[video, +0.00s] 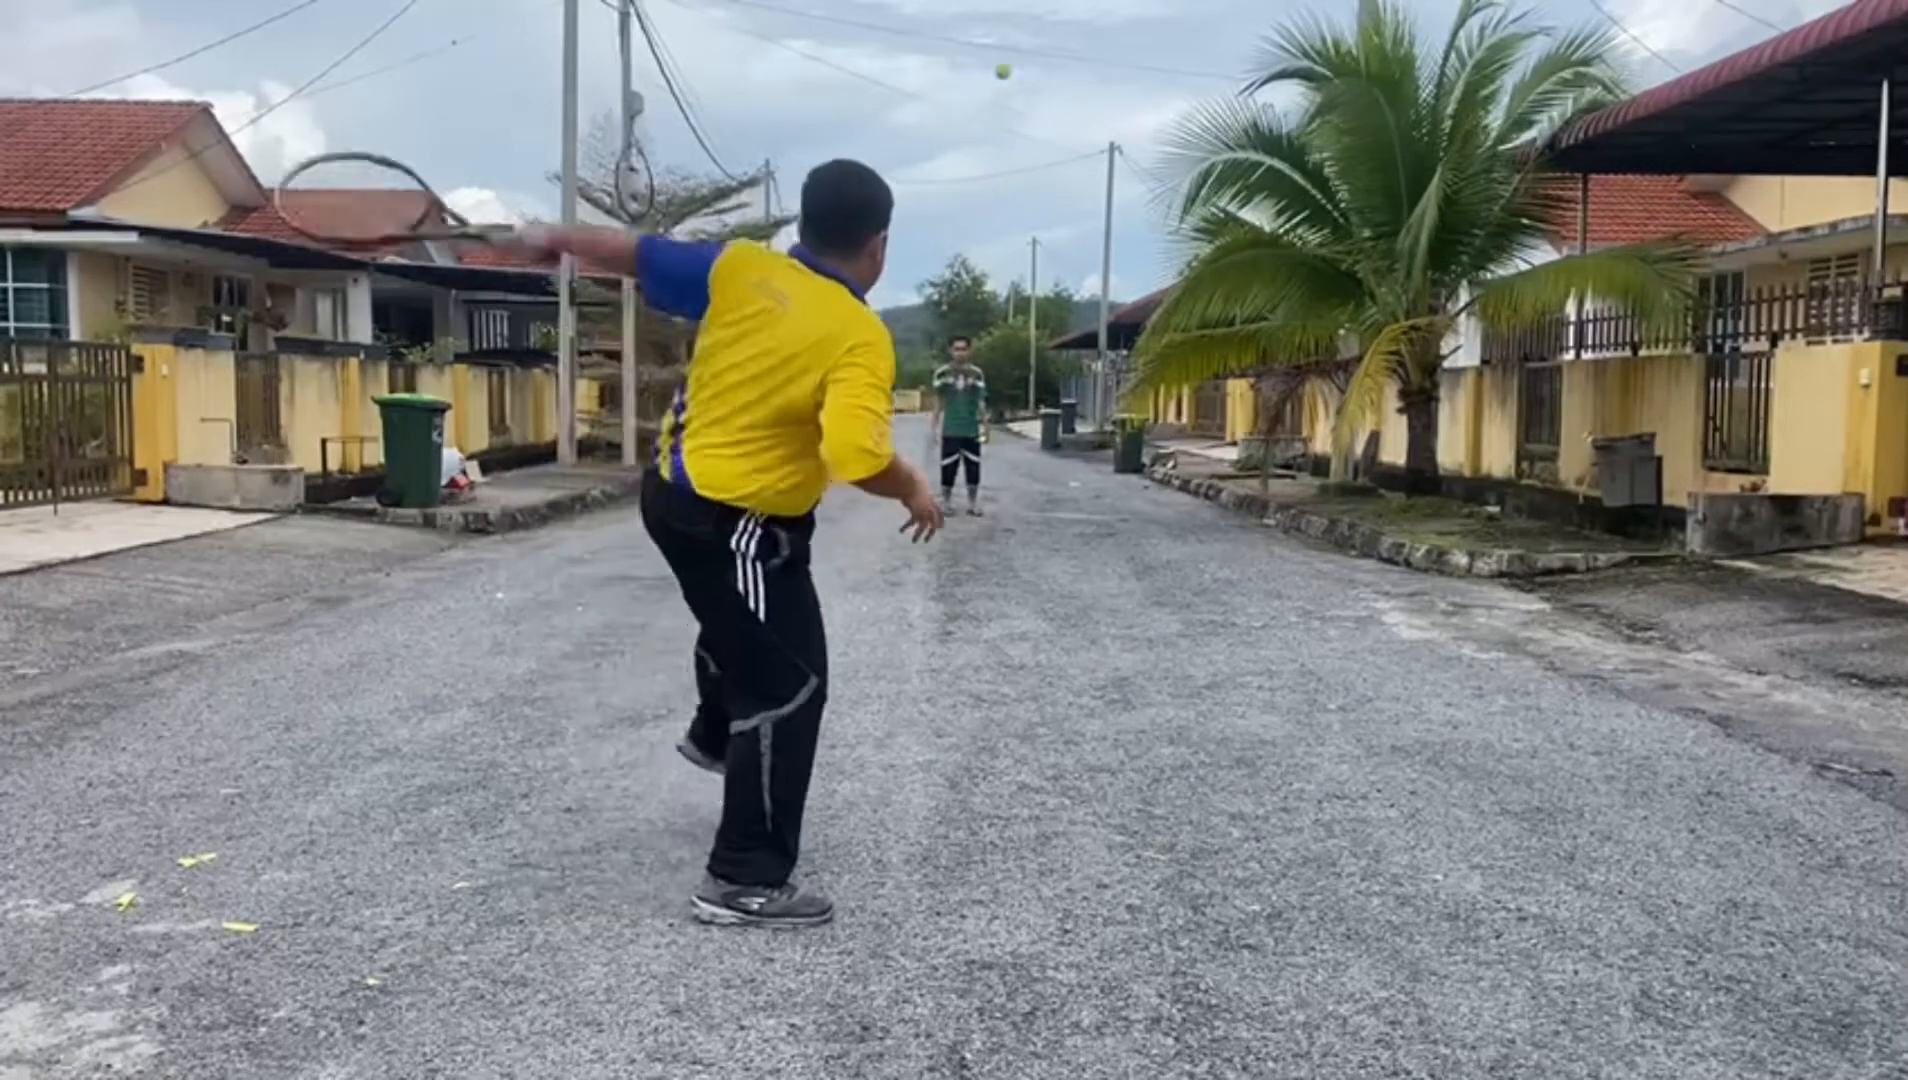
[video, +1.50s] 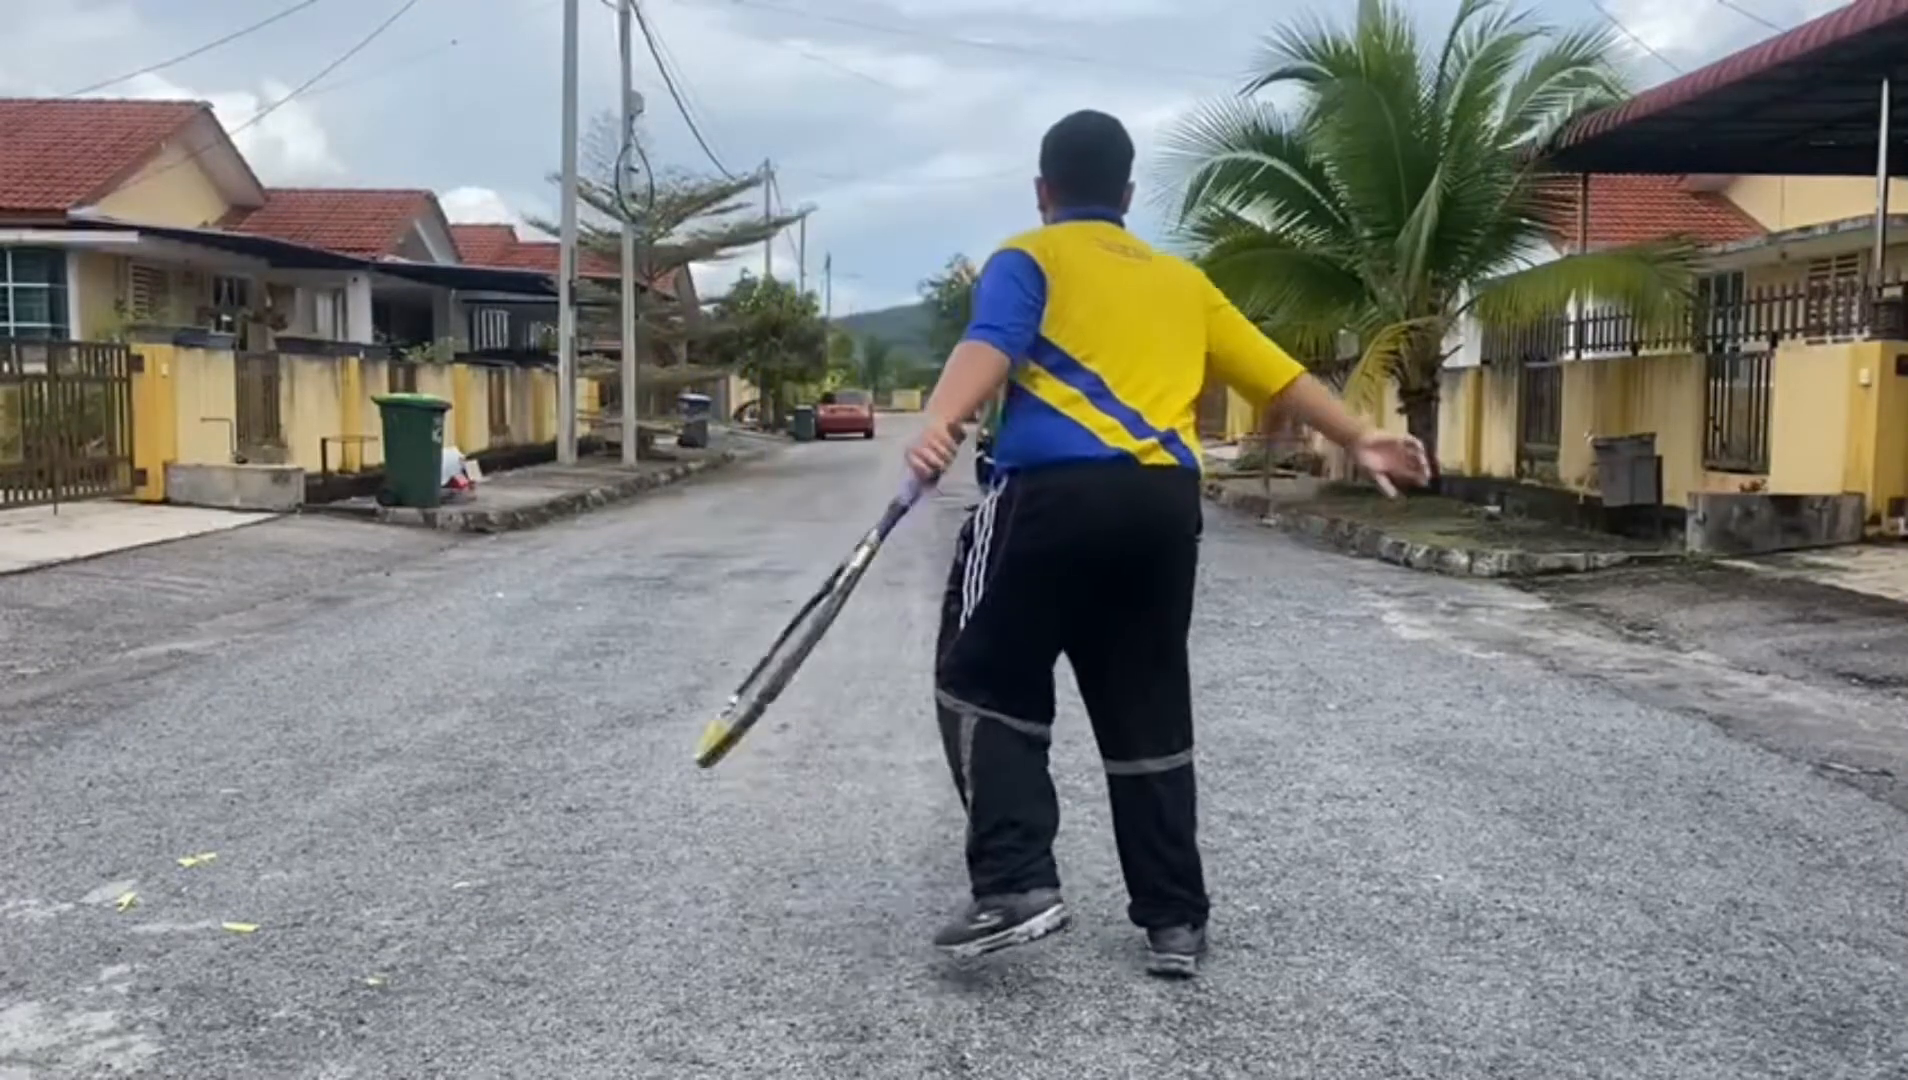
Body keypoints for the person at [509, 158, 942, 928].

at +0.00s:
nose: (886, 252)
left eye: (884, 238)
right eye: (886, 239)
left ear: (805, 228)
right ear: (875, 242)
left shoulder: (739, 266)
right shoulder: (858, 333)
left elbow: (634, 252)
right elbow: (856, 456)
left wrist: (555, 236)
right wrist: (913, 484)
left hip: (675, 496)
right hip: (749, 526)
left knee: (735, 617)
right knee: (785, 687)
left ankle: (715, 730)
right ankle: (747, 875)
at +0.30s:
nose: (911, 200)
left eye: (843, 177)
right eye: (911, 188)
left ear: (827, 182)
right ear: (910, 202)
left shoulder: (791, 226)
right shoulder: (939, 312)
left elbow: (727, 136)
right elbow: (938, 437)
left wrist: (680, 24)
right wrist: (881, 470)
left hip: (684, 462)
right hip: (778, 507)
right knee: (777, 675)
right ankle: (742, 870)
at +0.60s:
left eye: (879, 165)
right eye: (949, 172)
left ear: (871, 174)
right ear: (952, 187)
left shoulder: (831, 226)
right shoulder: (983, 308)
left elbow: (767, 114)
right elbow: (954, 434)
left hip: (744, 486)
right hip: (852, 523)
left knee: (684, 630)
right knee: (804, 706)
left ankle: (634, 774)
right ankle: (745, 870)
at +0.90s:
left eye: (894, 193)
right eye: (982, 200)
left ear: (895, 199)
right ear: (980, 211)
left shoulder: (851, 255)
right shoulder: (1015, 320)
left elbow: (784, 175)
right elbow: (1021, 459)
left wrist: (804, 103)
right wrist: (943, 432)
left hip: (827, 537)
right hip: (946, 551)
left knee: (820, 735)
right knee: (967, 692)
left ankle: (832, 934)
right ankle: (876, 829)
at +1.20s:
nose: (1013, 214)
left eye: (1013, 203)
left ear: (1014, 208)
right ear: (1100, 211)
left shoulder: (978, 286)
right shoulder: (1144, 310)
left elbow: (883, 395)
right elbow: (1167, 449)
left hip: (1006, 537)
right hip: (1120, 538)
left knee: (931, 732)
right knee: (1129, 727)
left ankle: (857, 933)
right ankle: (1173, 922)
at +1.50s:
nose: (1039, 197)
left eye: (1039, 187)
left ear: (1045, 189)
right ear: (1127, 193)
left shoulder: (1032, 257)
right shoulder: (1183, 281)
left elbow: (991, 344)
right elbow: (1276, 373)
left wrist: (939, 421)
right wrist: (1359, 434)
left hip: (1053, 500)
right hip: (1162, 503)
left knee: (988, 683)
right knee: (1146, 702)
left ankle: (1016, 884)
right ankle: (1174, 920)